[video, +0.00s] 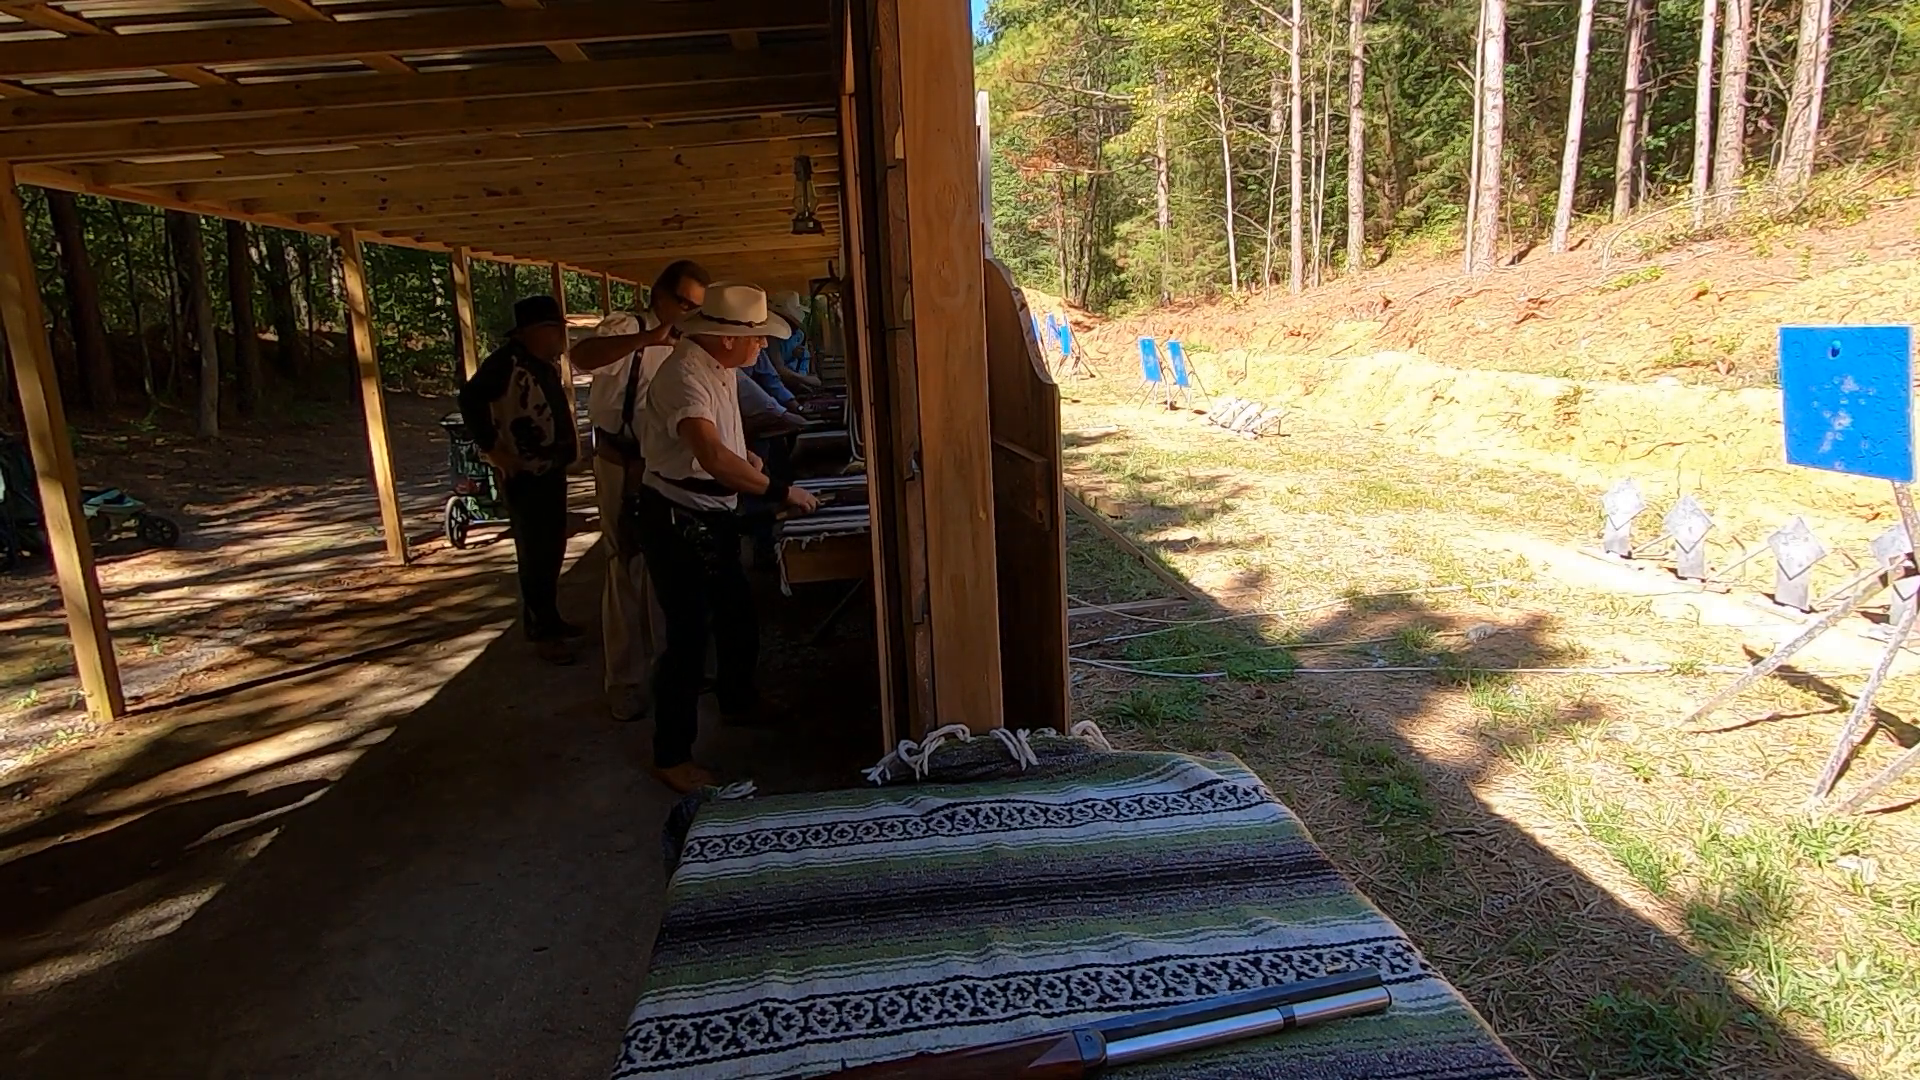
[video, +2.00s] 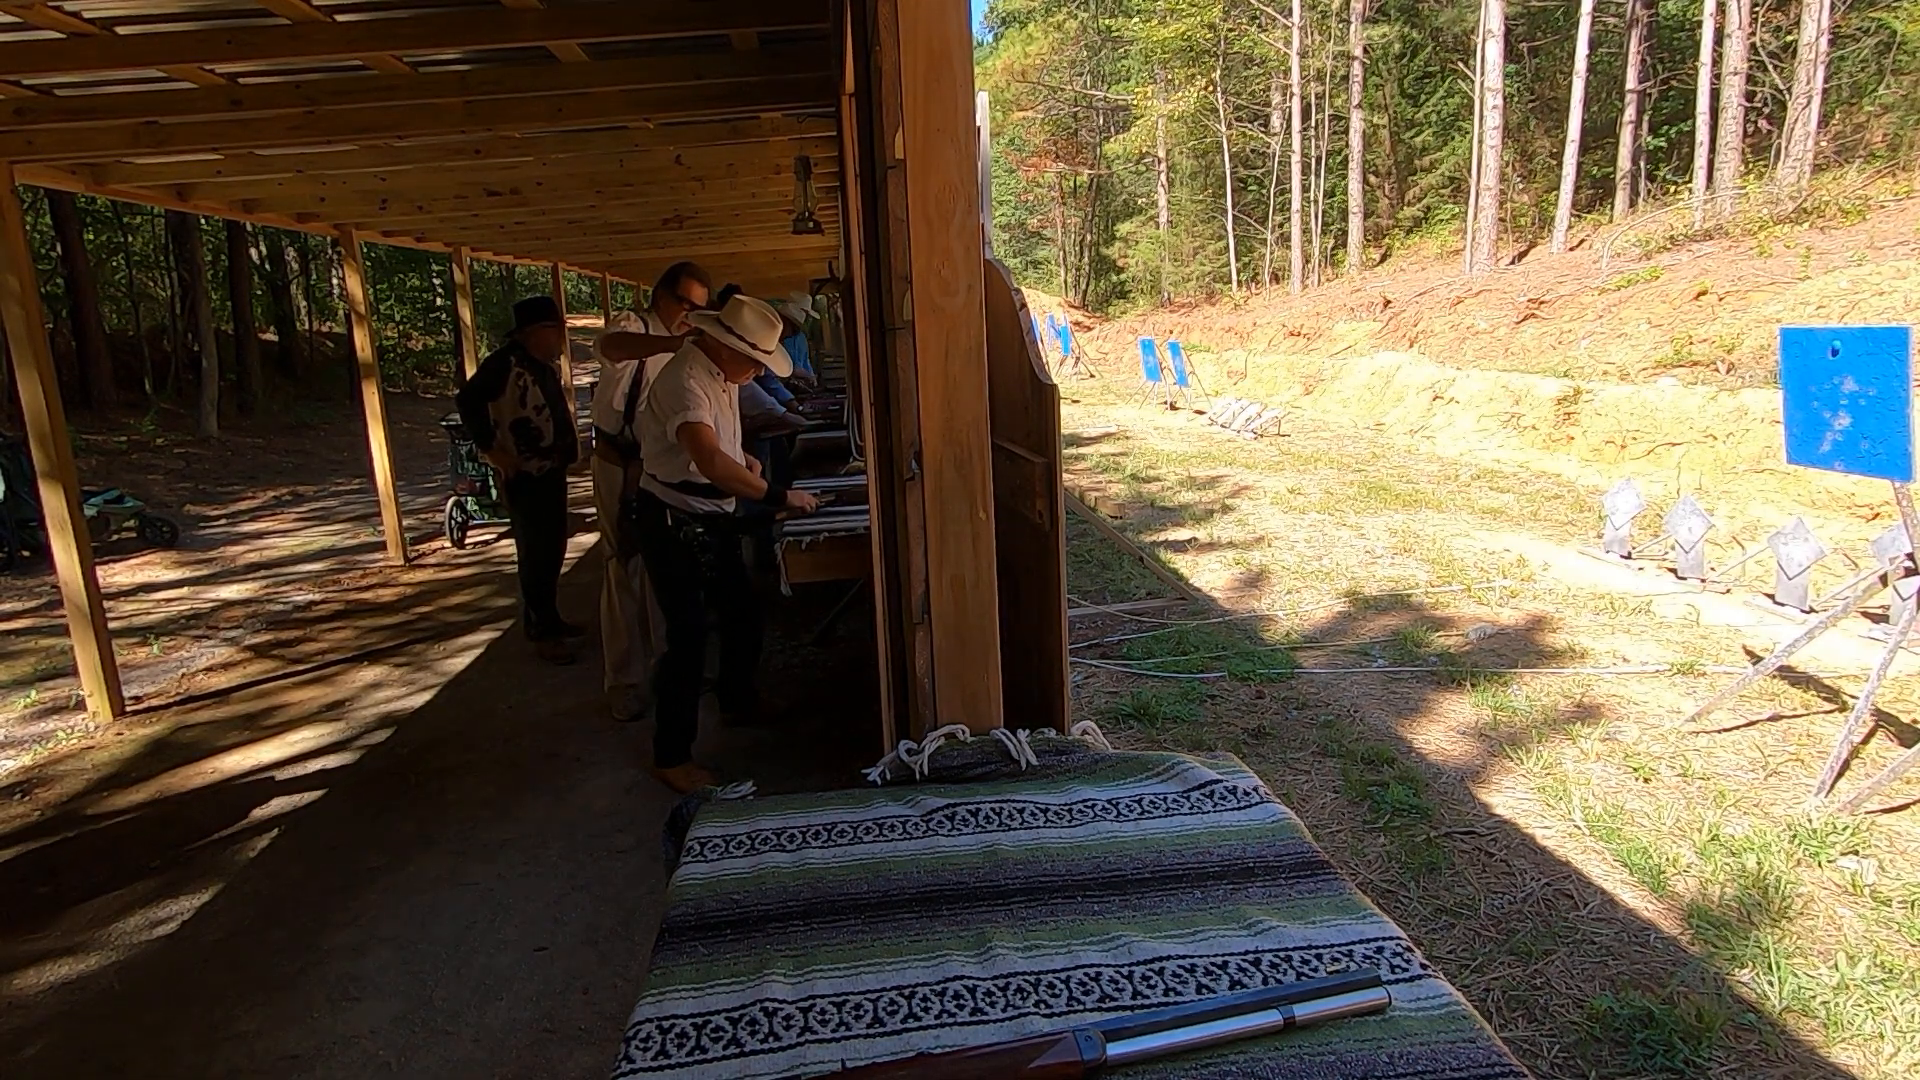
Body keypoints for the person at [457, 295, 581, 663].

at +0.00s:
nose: (563, 338)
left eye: (563, 330)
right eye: (557, 330)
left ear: (545, 332)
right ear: (534, 331)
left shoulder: (546, 365)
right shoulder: (507, 361)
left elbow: (550, 410)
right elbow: (470, 399)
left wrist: (565, 445)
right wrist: (491, 448)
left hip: (551, 472)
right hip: (525, 475)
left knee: (552, 550)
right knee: (536, 553)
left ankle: (549, 620)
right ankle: (541, 630)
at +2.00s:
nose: (562, 339)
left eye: (562, 331)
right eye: (556, 331)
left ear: (546, 334)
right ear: (533, 333)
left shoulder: (545, 366)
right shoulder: (505, 362)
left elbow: (551, 412)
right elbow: (468, 400)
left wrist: (567, 446)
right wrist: (489, 448)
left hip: (551, 473)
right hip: (524, 475)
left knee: (553, 549)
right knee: (536, 552)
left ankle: (549, 620)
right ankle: (540, 630)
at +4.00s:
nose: (560, 336)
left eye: (561, 328)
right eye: (554, 329)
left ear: (542, 331)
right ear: (533, 330)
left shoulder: (548, 364)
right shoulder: (505, 362)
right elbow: (468, 400)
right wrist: (492, 449)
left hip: (555, 472)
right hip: (526, 475)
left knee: (554, 548)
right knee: (536, 552)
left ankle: (554, 619)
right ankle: (539, 624)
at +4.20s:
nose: (553, 336)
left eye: (555, 328)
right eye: (545, 329)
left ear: (560, 327)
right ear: (528, 331)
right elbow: (468, 399)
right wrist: (492, 450)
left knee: (565, 548)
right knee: (532, 551)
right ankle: (536, 625)